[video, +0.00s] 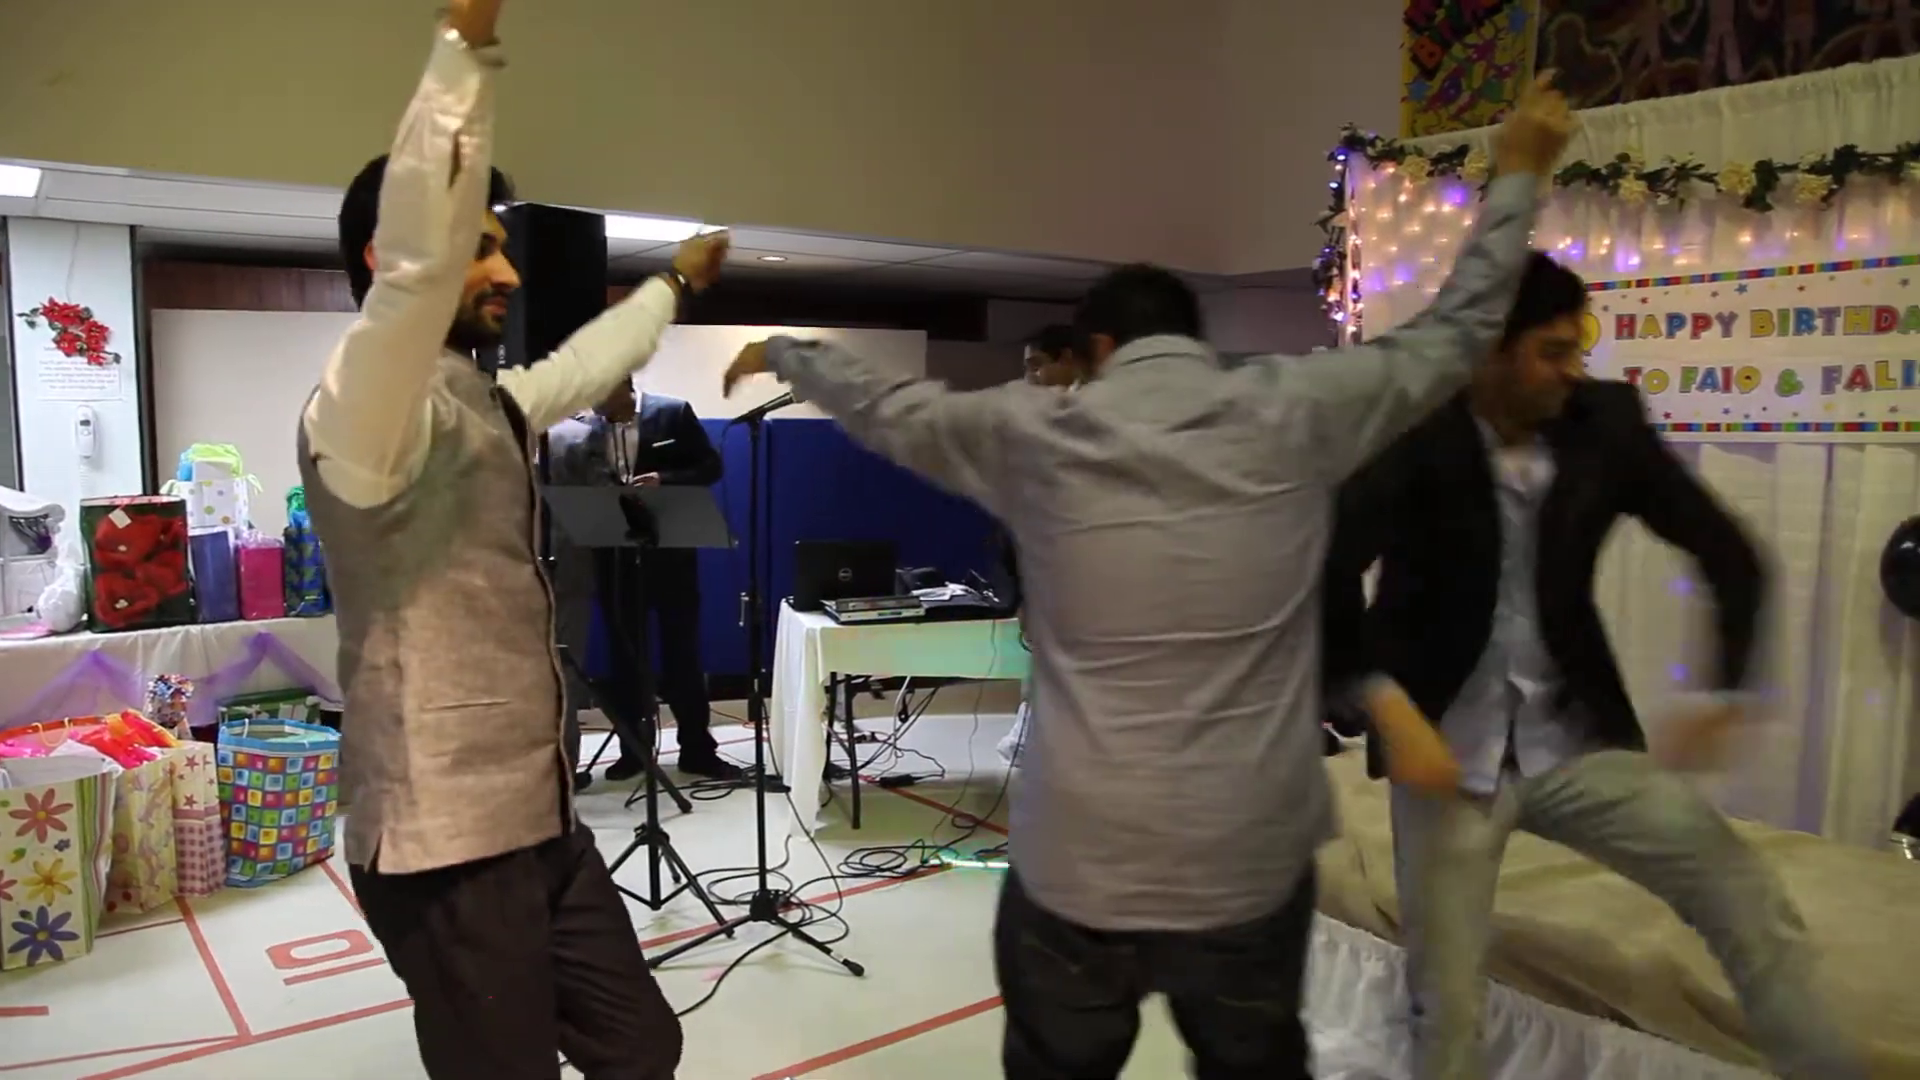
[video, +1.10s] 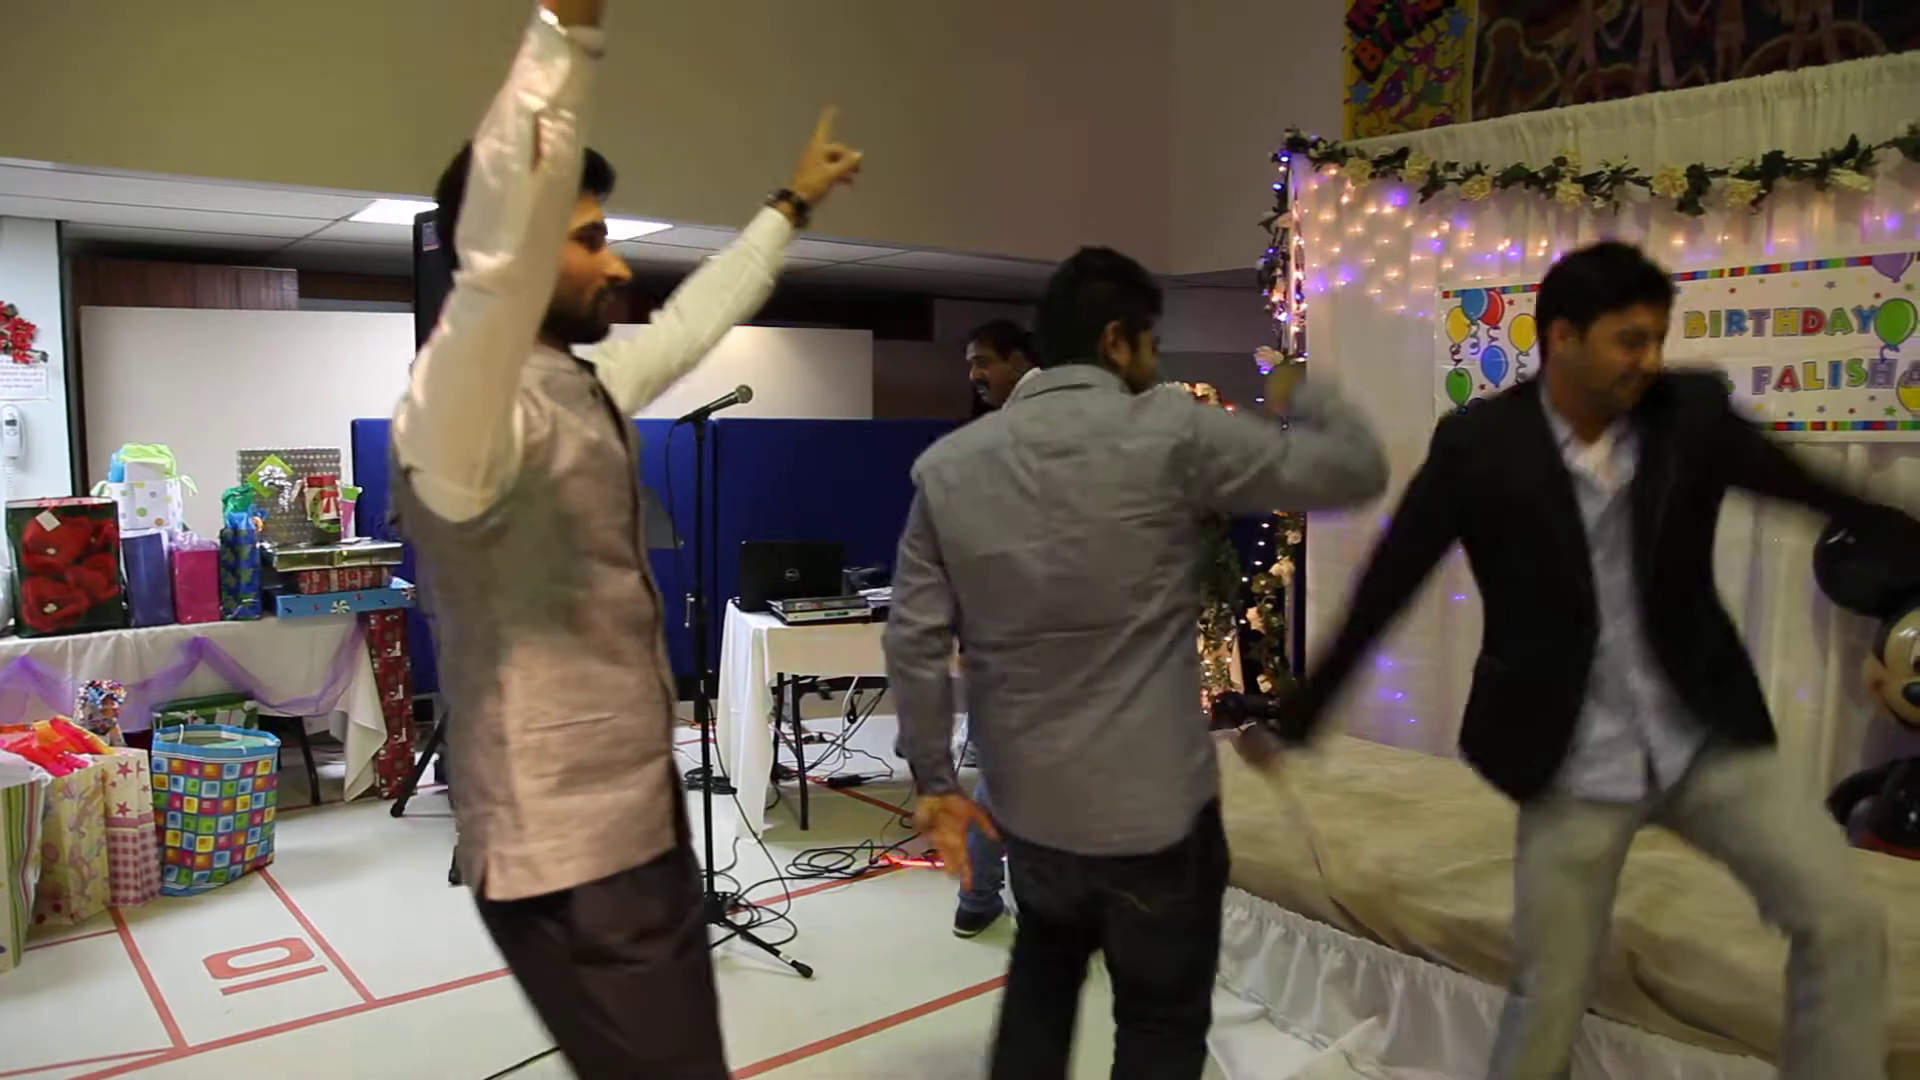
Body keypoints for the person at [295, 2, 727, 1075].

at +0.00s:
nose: (504, 266)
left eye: (502, 245)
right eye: (477, 247)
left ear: (503, 262)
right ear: (398, 268)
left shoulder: (493, 399)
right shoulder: (367, 425)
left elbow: (587, 367)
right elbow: (407, 267)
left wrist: (675, 283)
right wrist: (463, 47)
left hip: (535, 819)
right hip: (443, 843)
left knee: (639, 1046)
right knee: (504, 1072)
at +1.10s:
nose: (616, 262)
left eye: (608, 238)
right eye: (589, 239)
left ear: (582, 252)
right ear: (513, 256)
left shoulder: (587, 384)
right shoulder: (461, 418)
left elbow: (692, 322)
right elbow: (500, 249)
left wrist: (790, 207)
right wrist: (563, 29)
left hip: (635, 820)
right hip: (563, 849)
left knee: (686, 1063)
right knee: (661, 1070)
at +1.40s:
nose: (683, 246)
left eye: (677, 222)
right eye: (659, 224)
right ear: (583, 236)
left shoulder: (667, 370)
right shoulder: (531, 407)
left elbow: (777, 301)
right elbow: (594, 217)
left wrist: (891, 192)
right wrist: (671, 10)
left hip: (708, 825)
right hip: (629, 851)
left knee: (715, 1060)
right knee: (715, 1070)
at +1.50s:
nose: (707, 232)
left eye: (698, 208)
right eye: (678, 213)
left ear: (648, 230)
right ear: (603, 226)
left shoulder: (693, 364)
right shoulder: (557, 401)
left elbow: (801, 293)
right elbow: (627, 206)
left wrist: (913, 183)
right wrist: (705, 3)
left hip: (725, 830)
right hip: (651, 853)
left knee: (706, 1064)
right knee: (733, 1071)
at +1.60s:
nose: (731, 218)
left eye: (723, 196)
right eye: (698, 201)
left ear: (688, 221)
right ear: (621, 217)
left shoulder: (717, 361)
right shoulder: (581, 396)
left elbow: (837, 297)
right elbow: (664, 197)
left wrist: (954, 187)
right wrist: (737, 1)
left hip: (739, 827)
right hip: (668, 850)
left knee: (709, 1065)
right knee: (757, 1069)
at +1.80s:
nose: (765, 210)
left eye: (764, 186)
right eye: (736, 189)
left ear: (696, 210)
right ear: (676, 213)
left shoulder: (759, 379)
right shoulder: (621, 398)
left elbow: (888, 414)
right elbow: (751, 209)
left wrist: (1059, 384)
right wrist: (839, 3)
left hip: (783, 840)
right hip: (705, 865)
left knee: (820, 1057)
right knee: (792, 1066)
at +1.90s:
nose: (785, 212)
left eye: (787, 189)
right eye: (764, 192)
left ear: (718, 211)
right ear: (701, 209)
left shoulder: (764, 396)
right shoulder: (643, 404)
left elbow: (872, 513)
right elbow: (781, 213)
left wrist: (1063, 568)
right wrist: (893, 3)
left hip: (809, 850)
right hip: (731, 876)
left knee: (820, 1050)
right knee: (788, 1064)